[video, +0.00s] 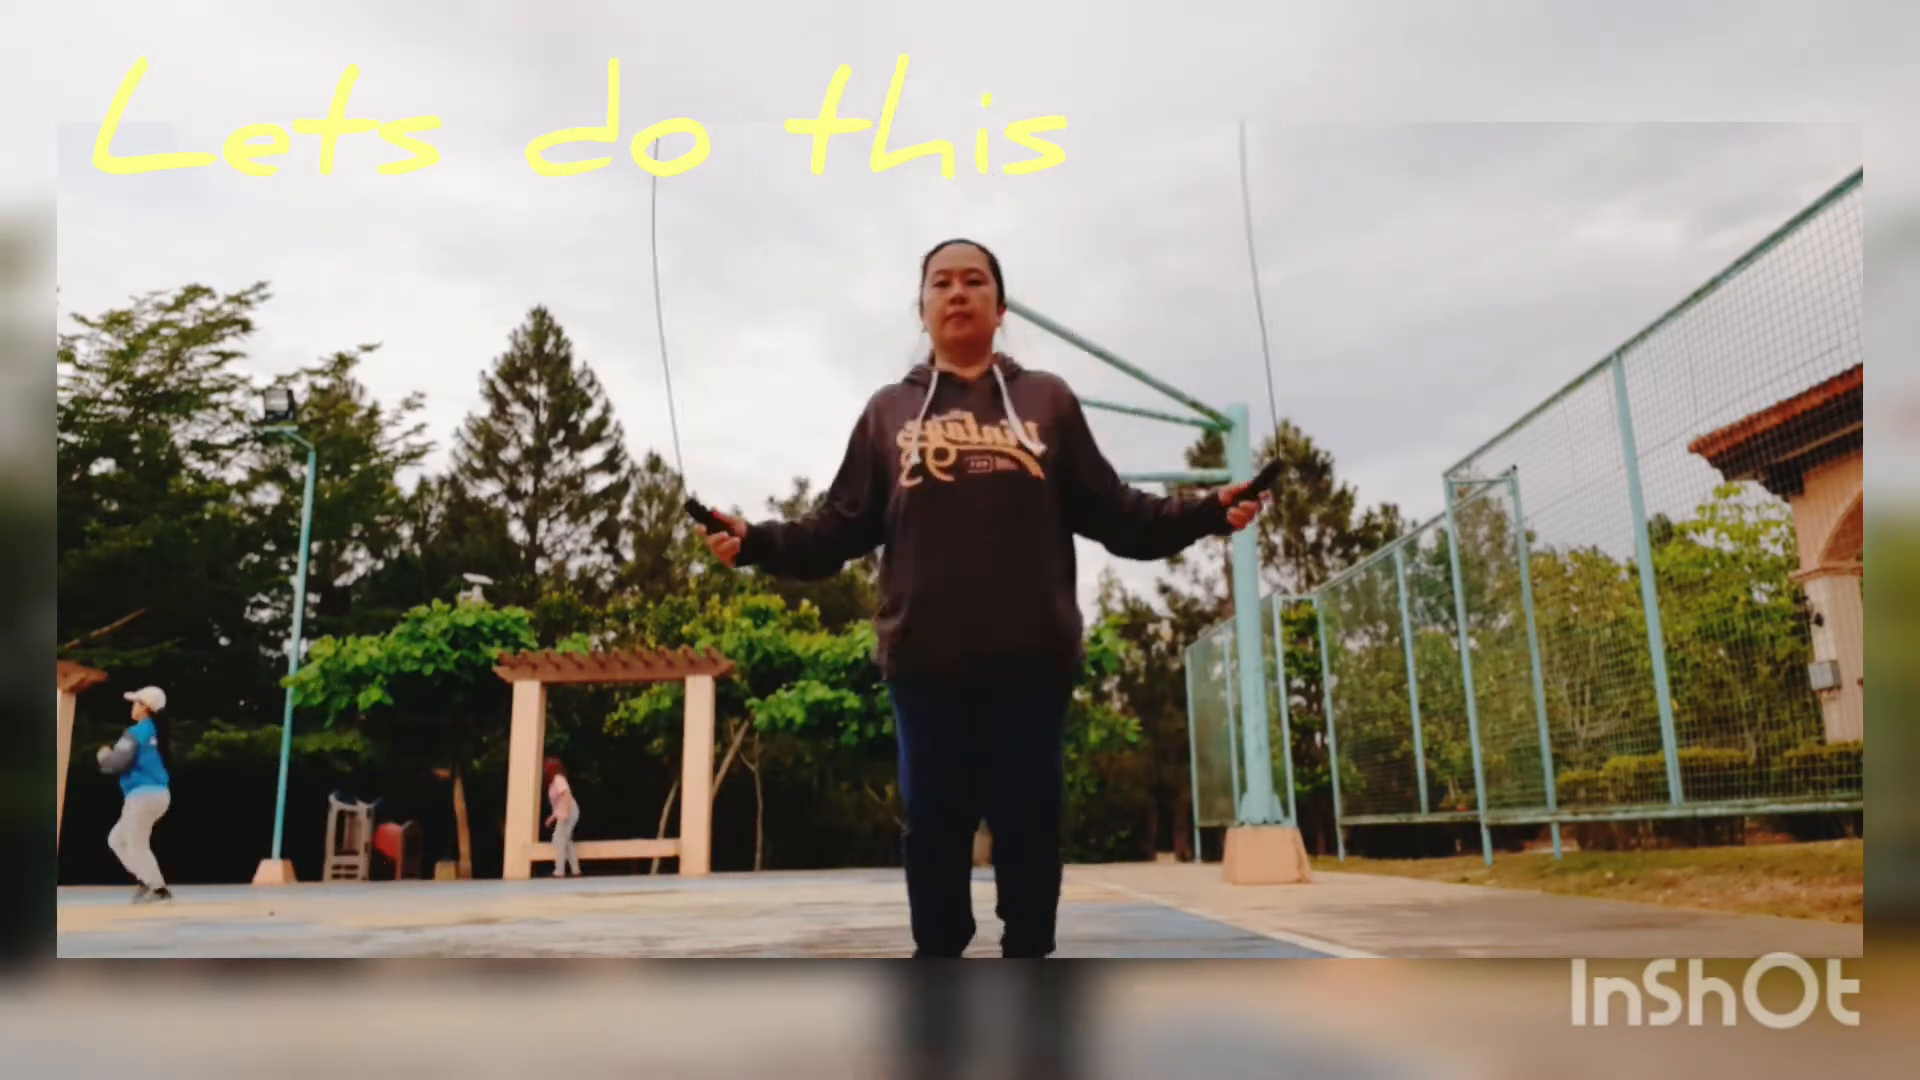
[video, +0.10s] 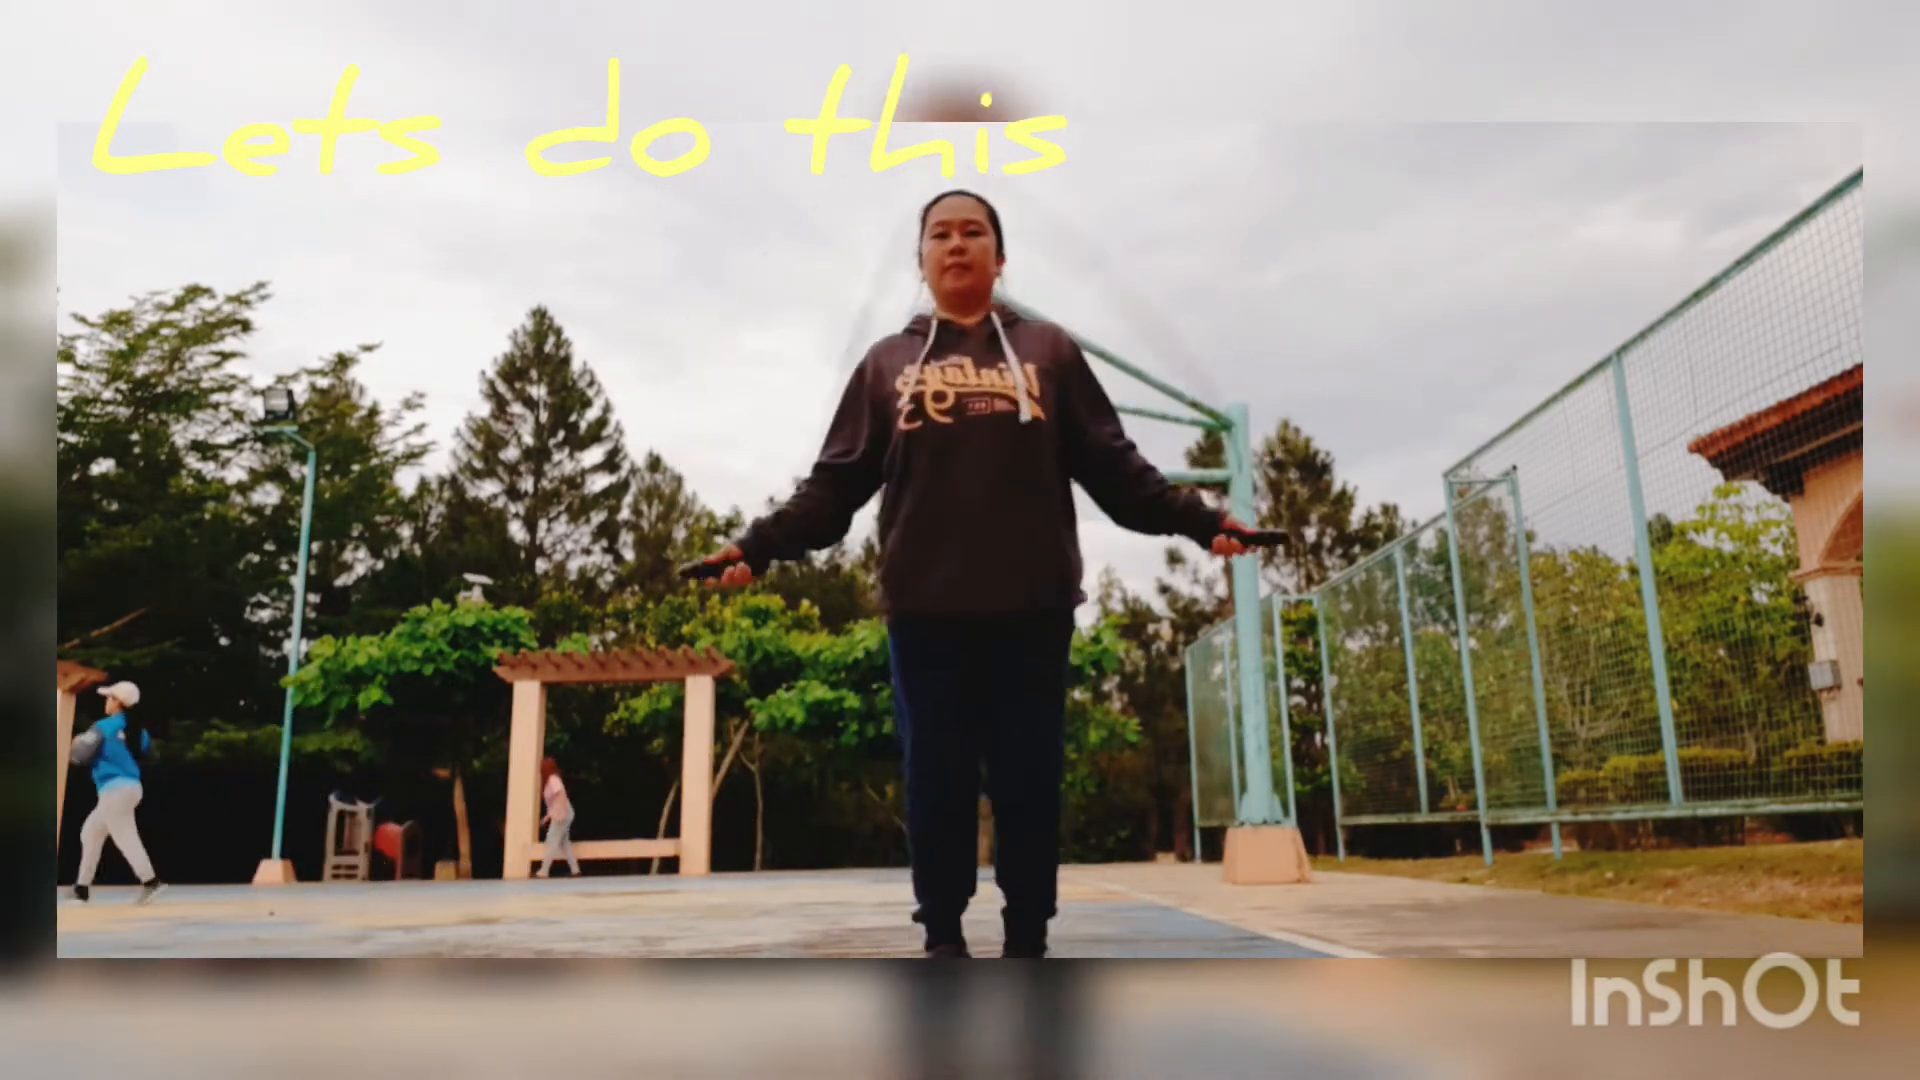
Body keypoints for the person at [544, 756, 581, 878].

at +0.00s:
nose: (546, 770)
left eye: (548, 767)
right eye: (547, 767)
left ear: (552, 768)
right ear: (554, 769)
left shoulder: (559, 779)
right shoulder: (553, 783)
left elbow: (566, 796)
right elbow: (559, 804)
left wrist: (564, 812)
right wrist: (553, 817)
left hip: (568, 810)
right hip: (564, 812)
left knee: (559, 838)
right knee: (566, 839)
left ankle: (559, 869)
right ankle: (575, 869)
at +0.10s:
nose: (541, 770)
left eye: (543, 768)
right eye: (542, 767)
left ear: (546, 768)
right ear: (550, 768)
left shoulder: (553, 779)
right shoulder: (549, 781)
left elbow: (560, 797)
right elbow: (554, 803)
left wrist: (556, 814)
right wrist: (547, 817)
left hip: (561, 813)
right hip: (561, 813)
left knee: (551, 840)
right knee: (565, 841)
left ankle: (544, 869)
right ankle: (574, 868)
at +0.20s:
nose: (537, 770)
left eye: (539, 767)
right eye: (538, 767)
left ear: (542, 768)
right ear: (548, 768)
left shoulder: (547, 780)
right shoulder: (546, 781)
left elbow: (552, 797)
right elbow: (542, 799)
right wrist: (543, 817)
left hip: (554, 814)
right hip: (558, 813)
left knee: (545, 840)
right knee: (561, 841)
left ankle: (538, 870)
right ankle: (574, 868)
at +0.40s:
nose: (525, 766)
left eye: (526, 763)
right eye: (529, 763)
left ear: (526, 765)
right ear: (537, 764)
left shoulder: (527, 779)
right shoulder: (542, 778)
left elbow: (531, 796)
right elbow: (545, 795)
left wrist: (532, 814)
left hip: (536, 809)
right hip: (545, 808)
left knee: (528, 840)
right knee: (537, 840)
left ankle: (535, 868)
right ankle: (556, 861)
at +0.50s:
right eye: (529, 764)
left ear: (519, 764)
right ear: (530, 765)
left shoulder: (518, 778)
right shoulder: (535, 777)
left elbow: (517, 795)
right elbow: (542, 792)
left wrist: (512, 813)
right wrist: (539, 805)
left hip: (527, 810)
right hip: (538, 809)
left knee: (522, 840)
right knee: (529, 840)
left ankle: (534, 868)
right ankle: (531, 867)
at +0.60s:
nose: (520, 766)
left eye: (517, 763)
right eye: (523, 763)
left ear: (514, 764)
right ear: (525, 764)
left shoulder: (510, 778)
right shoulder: (530, 777)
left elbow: (506, 798)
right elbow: (537, 793)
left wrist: (500, 813)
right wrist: (536, 809)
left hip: (519, 811)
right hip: (532, 810)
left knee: (520, 842)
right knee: (518, 841)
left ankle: (534, 868)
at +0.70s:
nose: (517, 766)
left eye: (515, 763)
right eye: (518, 763)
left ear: (511, 764)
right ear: (521, 765)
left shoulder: (506, 778)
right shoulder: (527, 778)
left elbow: (499, 797)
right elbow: (533, 797)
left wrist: (492, 813)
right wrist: (535, 814)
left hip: (512, 812)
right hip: (524, 811)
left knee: (516, 842)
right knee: (510, 841)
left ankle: (532, 867)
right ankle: (501, 871)